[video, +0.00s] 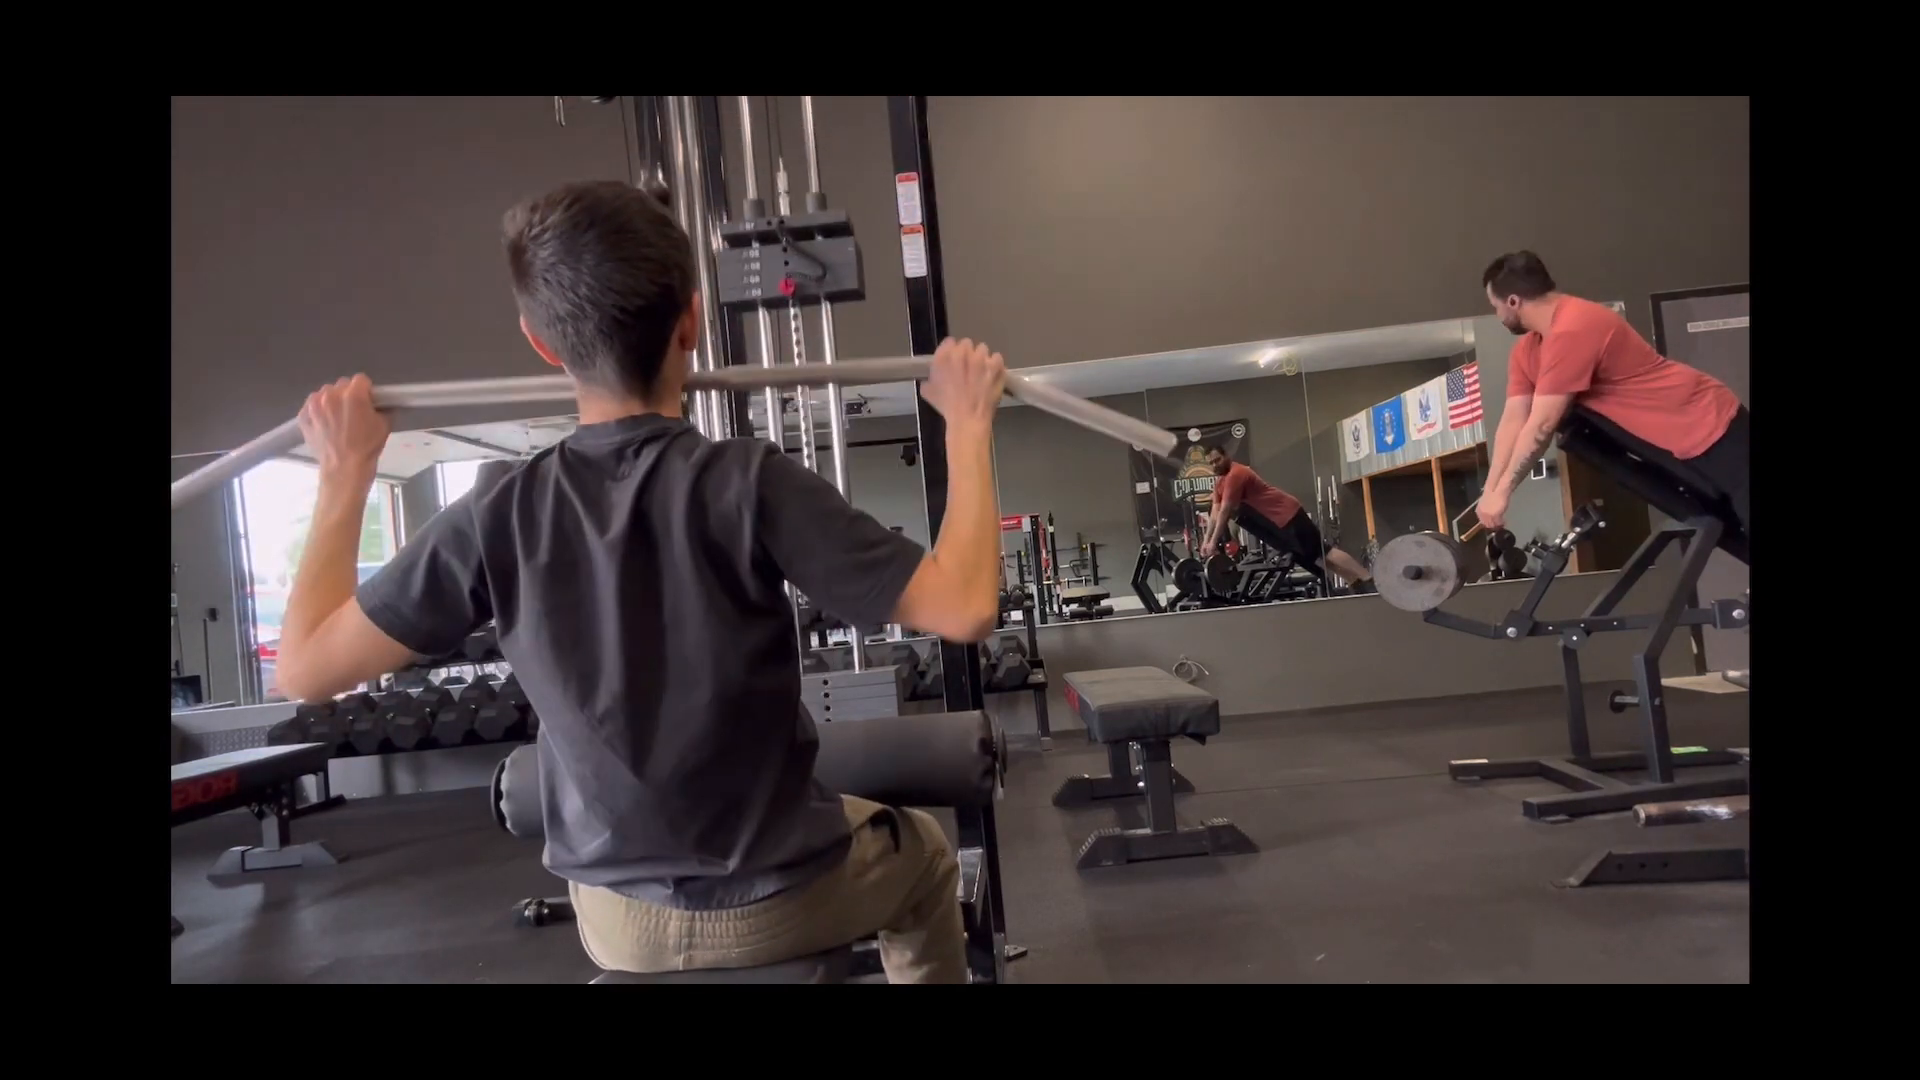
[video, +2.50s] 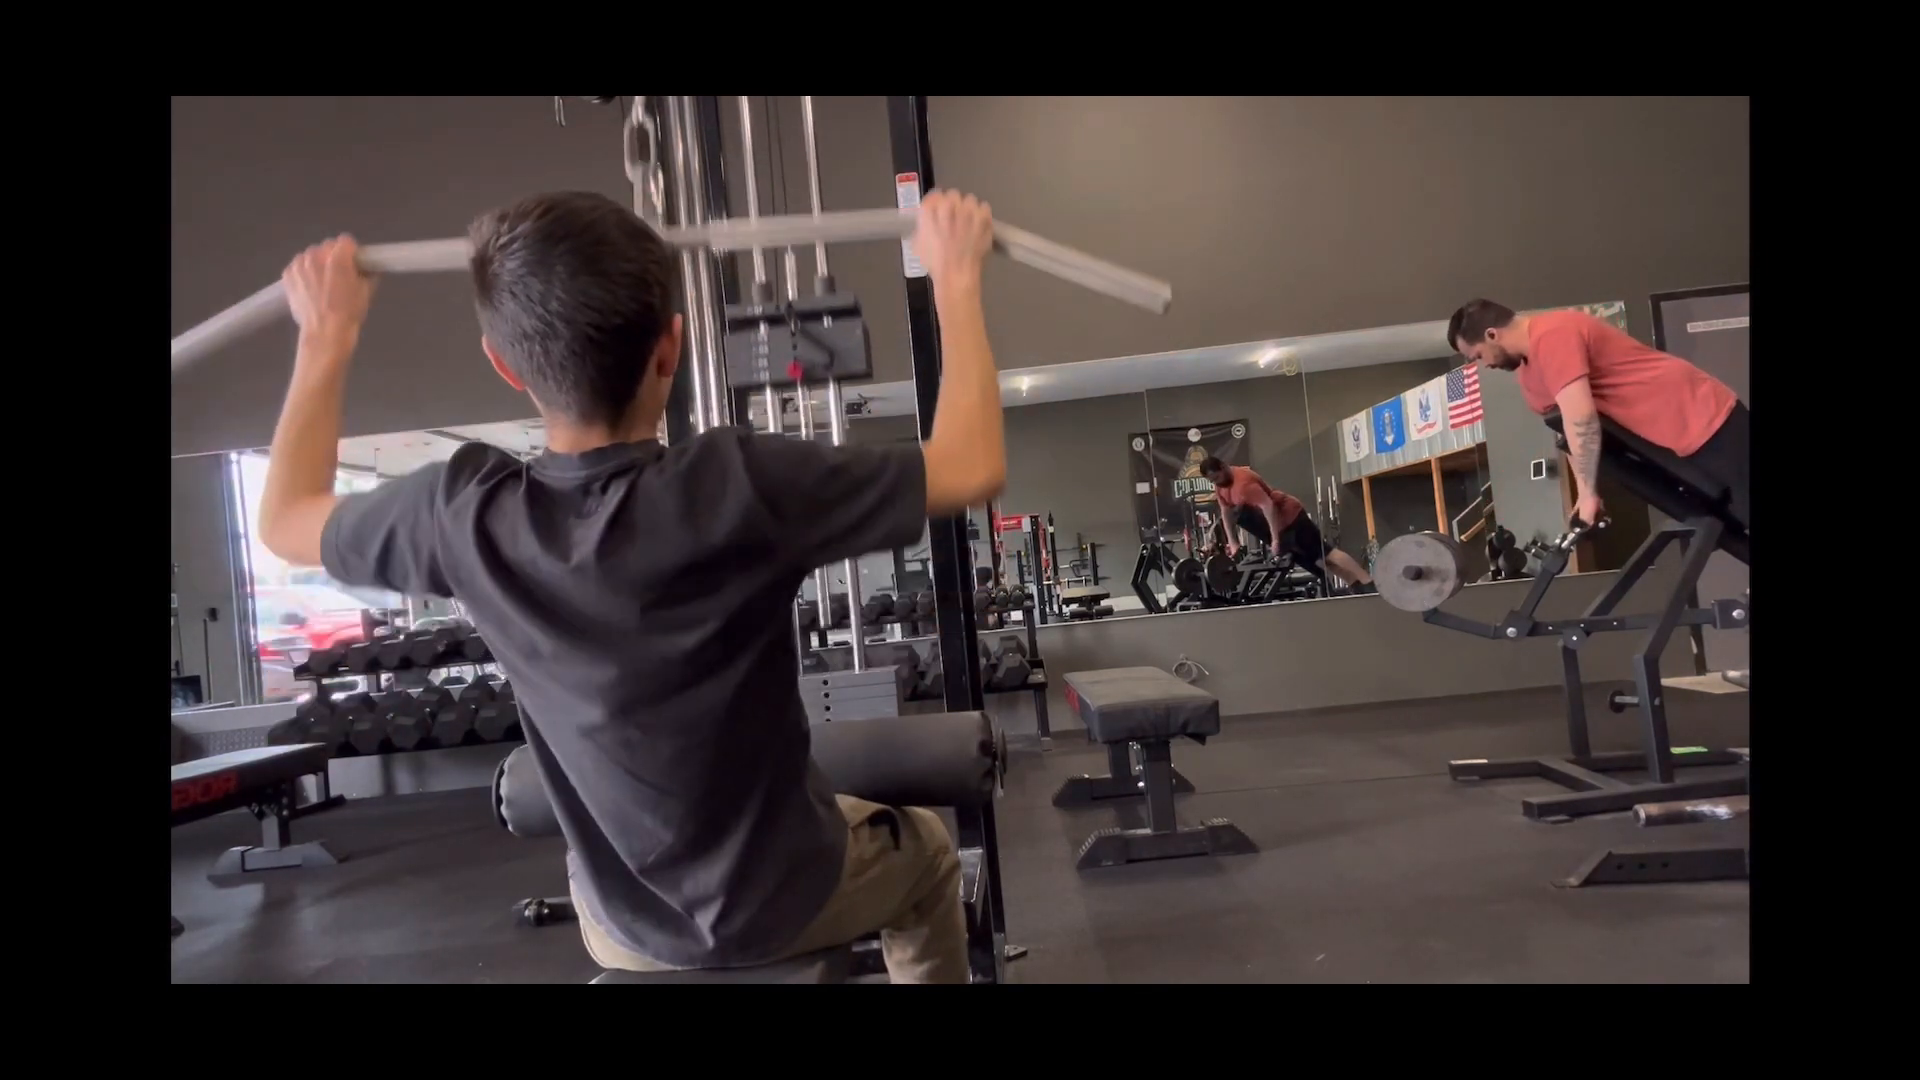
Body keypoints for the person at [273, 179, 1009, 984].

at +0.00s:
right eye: (698, 299)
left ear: (538, 345)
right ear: (691, 321)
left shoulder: (503, 515)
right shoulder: (750, 485)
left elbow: (305, 669)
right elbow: (964, 606)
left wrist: (342, 474)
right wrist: (968, 428)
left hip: (610, 917)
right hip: (777, 906)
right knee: (918, 850)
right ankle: (929, 977)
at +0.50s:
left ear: (542, 330)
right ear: (696, 317)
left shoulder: (511, 463)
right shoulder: (762, 433)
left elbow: (359, 320)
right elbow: (918, 291)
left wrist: (340, 137)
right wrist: (936, 101)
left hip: (614, 910)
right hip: (780, 897)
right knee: (919, 854)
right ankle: (929, 978)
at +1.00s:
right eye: (736, 298)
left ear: (594, 327)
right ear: (728, 318)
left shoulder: (556, 424)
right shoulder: (777, 400)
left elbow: (451, 256)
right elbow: (874, 218)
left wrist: (395, 106)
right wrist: (917, 87)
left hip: (628, 890)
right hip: (792, 885)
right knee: (924, 858)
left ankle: (642, 968)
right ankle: (928, 975)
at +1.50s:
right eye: (681, 302)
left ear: (513, 342)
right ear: (676, 326)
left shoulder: (485, 464)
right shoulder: (737, 442)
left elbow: (314, 298)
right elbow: (903, 267)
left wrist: (296, 116)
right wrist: (921, 91)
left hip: (617, 909)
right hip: (773, 898)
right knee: (922, 859)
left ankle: (634, 975)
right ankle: (926, 976)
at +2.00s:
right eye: (683, 314)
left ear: (511, 362)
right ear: (680, 337)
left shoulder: (477, 540)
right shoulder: (754, 502)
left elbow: (272, 709)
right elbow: (950, 660)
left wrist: (311, 496)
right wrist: (968, 466)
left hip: (614, 908)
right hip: (784, 895)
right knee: (922, 864)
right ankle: (927, 977)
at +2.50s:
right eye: (679, 321)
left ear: (504, 368)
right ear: (672, 346)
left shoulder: (467, 515)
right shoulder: (743, 485)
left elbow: (288, 525)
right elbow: (971, 466)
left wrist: (323, 338)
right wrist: (957, 281)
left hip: (612, 911)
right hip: (775, 895)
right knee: (926, 864)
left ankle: (615, 970)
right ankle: (932, 978)